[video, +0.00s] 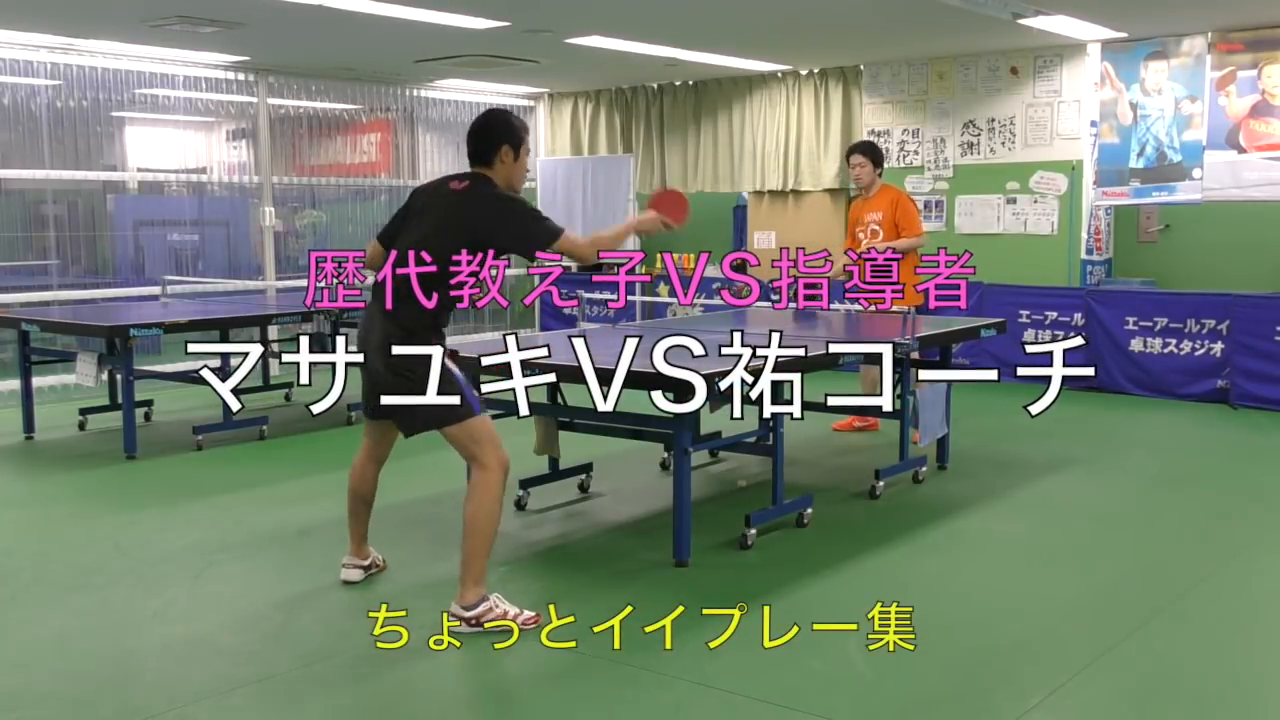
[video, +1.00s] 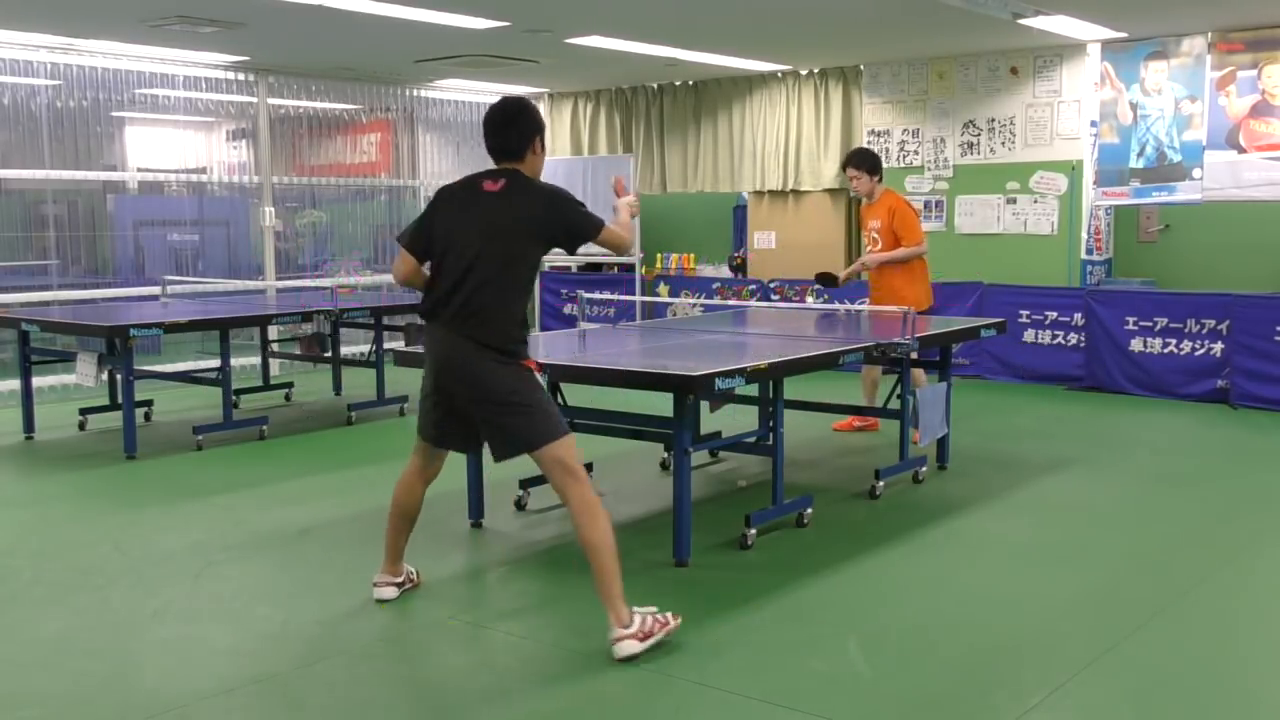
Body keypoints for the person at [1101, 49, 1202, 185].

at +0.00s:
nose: (1159, 76)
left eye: (1163, 71)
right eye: (1155, 71)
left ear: (1168, 73)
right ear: (1144, 72)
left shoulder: (1174, 89)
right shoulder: (1135, 91)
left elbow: (1199, 106)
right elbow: (1125, 121)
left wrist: (1191, 107)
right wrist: (1121, 94)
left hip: (1171, 161)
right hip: (1141, 163)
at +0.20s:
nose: (1159, 76)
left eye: (1163, 71)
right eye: (1155, 71)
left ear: (1168, 72)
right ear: (1144, 72)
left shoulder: (1174, 89)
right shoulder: (1135, 91)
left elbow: (1199, 105)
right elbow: (1125, 120)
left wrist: (1191, 107)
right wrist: (1121, 95)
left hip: (1171, 161)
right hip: (1141, 163)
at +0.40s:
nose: (1159, 76)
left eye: (1163, 71)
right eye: (1155, 71)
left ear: (1168, 72)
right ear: (1144, 72)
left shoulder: (1174, 89)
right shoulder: (1135, 91)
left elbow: (1199, 105)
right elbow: (1125, 120)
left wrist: (1191, 107)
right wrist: (1122, 95)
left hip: (1171, 161)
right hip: (1141, 163)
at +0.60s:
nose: (1158, 77)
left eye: (1162, 71)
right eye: (1154, 71)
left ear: (1168, 72)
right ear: (1143, 72)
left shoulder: (1174, 89)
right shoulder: (1135, 91)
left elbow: (1199, 105)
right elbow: (1125, 121)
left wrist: (1191, 107)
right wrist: (1121, 95)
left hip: (1171, 161)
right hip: (1141, 163)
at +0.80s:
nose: (1159, 77)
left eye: (1163, 71)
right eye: (1155, 71)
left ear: (1168, 72)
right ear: (1143, 72)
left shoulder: (1174, 89)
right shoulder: (1135, 91)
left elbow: (1199, 106)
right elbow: (1125, 120)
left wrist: (1191, 107)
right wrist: (1122, 95)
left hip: (1171, 161)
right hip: (1142, 164)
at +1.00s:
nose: (1159, 76)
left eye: (1163, 71)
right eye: (1155, 71)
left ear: (1168, 72)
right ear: (1144, 72)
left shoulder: (1174, 89)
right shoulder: (1135, 91)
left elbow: (1199, 106)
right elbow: (1125, 120)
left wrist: (1191, 107)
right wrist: (1122, 95)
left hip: (1171, 161)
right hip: (1142, 163)